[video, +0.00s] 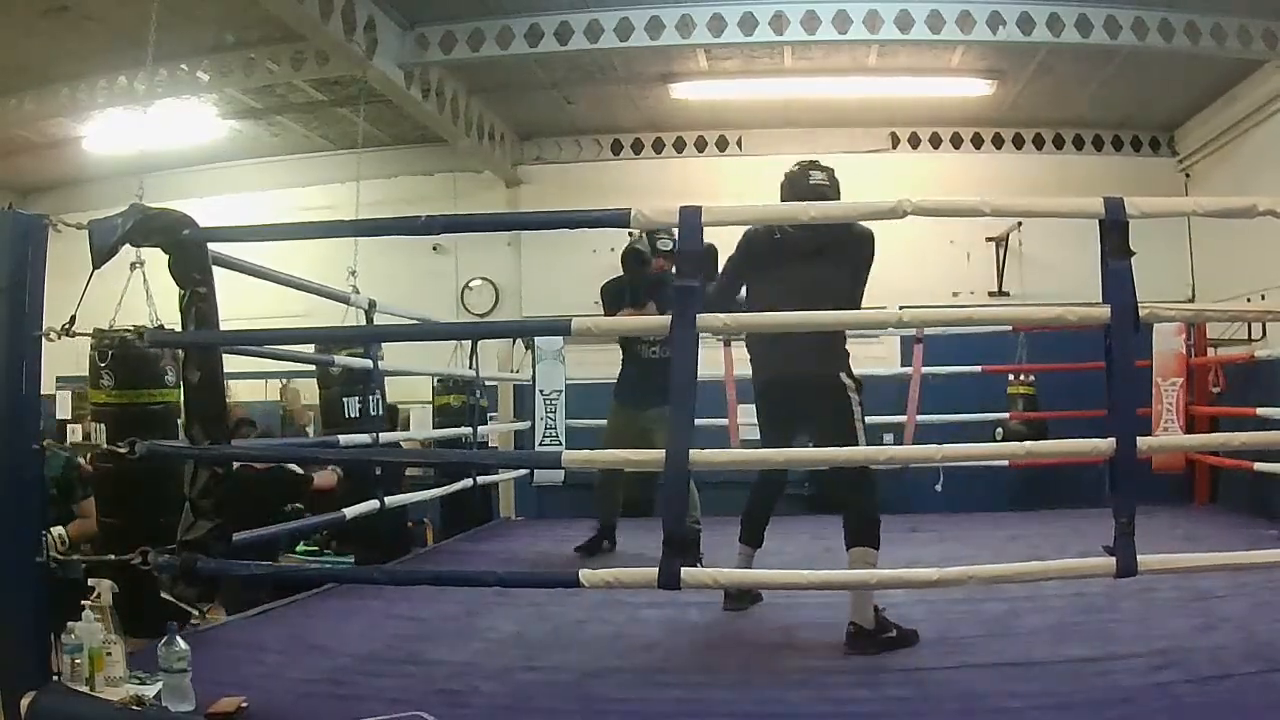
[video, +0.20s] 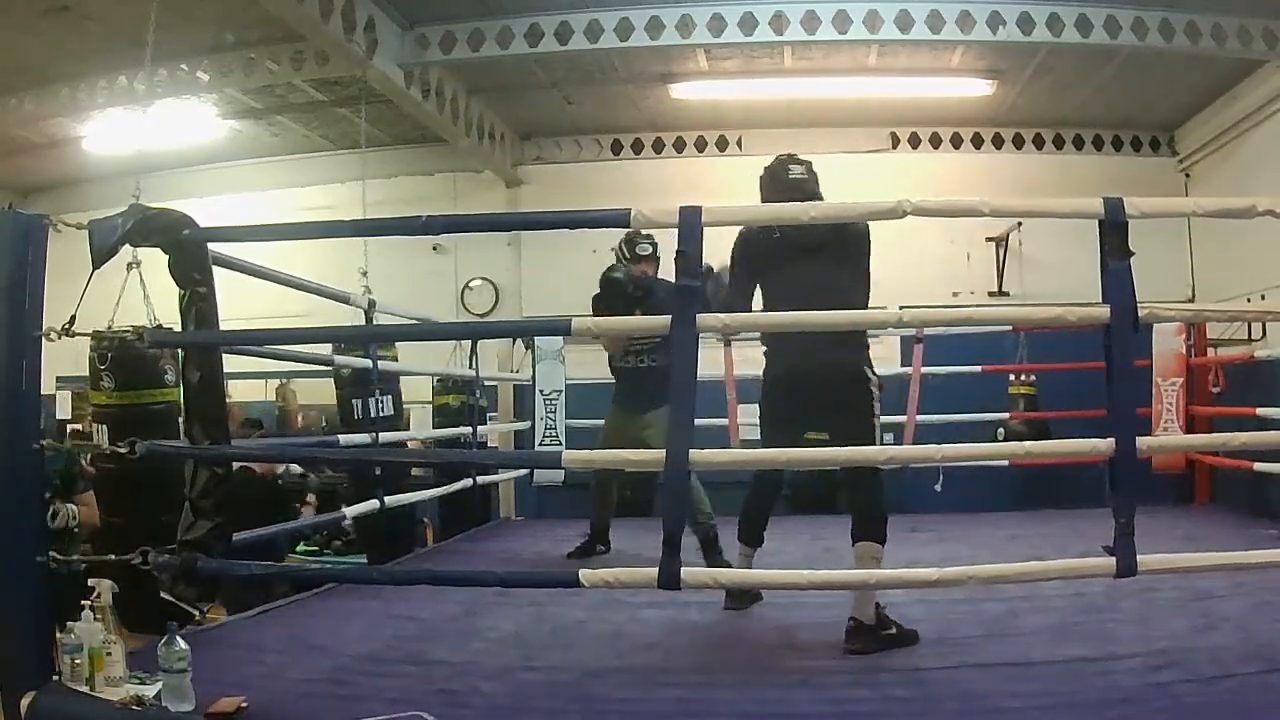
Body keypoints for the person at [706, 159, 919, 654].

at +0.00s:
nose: (825, 205)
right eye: (829, 194)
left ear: (784, 198)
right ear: (836, 198)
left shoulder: (758, 237)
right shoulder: (857, 239)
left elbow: (721, 296)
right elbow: (845, 308)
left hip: (771, 379)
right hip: (827, 377)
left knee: (770, 471)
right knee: (859, 485)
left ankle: (738, 581)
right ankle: (864, 620)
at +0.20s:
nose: (758, 203)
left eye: (761, 195)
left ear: (767, 195)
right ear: (817, 189)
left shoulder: (754, 236)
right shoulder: (852, 227)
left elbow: (735, 311)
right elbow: (857, 304)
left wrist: (717, 281)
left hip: (786, 381)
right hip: (846, 379)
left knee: (767, 476)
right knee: (867, 489)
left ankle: (739, 581)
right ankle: (865, 616)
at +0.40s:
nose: (766, 211)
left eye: (755, 204)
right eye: (785, 190)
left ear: (746, 206)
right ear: (798, 194)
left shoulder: (741, 248)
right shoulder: (836, 227)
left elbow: (738, 326)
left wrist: (717, 251)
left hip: (796, 380)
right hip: (856, 375)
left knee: (777, 475)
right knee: (884, 475)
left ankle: (739, 579)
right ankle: (880, 604)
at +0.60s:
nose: (819, 220)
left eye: (798, 210)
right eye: (826, 209)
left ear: (785, 213)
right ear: (836, 213)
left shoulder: (762, 259)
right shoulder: (862, 257)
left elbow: (725, 319)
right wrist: (820, 226)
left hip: (787, 405)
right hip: (844, 401)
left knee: (790, 481)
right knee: (898, 495)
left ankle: (734, 572)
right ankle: (915, 615)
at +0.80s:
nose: (819, 214)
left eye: (818, 205)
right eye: (828, 202)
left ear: (806, 211)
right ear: (856, 212)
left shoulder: (781, 253)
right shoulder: (874, 261)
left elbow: (732, 293)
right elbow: (863, 330)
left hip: (778, 396)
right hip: (835, 399)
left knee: (791, 480)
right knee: (907, 504)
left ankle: (733, 573)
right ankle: (918, 628)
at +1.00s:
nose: (839, 212)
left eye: (828, 201)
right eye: (847, 202)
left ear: (804, 200)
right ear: (857, 202)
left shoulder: (772, 247)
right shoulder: (871, 251)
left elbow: (717, 312)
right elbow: (877, 340)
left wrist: (767, 313)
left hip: (785, 396)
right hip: (844, 397)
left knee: (808, 481)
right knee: (916, 500)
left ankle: (723, 562)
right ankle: (921, 630)